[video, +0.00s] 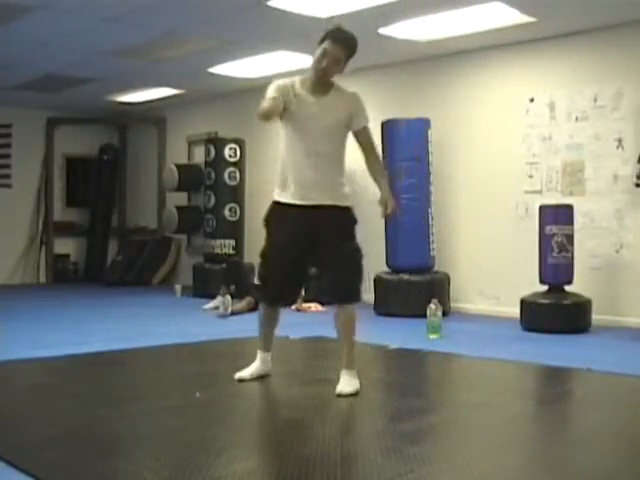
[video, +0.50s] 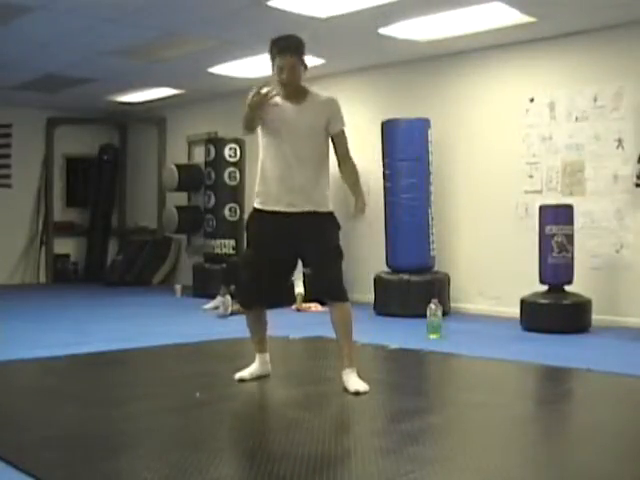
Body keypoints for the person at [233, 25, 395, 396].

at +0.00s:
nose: (329, 65)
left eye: (338, 62)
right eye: (326, 56)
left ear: (345, 66)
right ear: (315, 51)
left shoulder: (349, 101)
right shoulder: (284, 87)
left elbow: (370, 151)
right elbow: (263, 113)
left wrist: (386, 193)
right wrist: (275, 106)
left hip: (333, 209)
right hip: (288, 207)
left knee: (345, 292)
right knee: (271, 288)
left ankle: (348, 371)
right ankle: (263, 358)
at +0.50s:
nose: (285, 74)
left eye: (291, 67)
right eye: (280, 68)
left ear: (304, 66)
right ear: (272, 69)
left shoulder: (326, 105)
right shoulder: (263, 102)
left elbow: (343, 155)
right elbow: (247, 126)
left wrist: (358, 194)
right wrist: (255, 103)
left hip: (315, 213)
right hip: (268, 213)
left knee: (335, 290)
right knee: (251, 289)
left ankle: (349, 369)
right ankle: (261, 359)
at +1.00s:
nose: (259, 97)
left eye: (260, 87)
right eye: (251, 93)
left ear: (273, 78)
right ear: (247, 95)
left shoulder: (313, 106)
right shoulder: (252, 123)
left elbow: (351, 150)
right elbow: (236, 171)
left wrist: (331, 191)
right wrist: (245, 206)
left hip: (314, 219)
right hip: (268, 223)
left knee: (341, 289)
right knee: (240, 288)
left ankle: (349, 368)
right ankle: (259, 358)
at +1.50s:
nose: (245, 128)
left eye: (245, 118)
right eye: (236, 126)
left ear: (255, 109)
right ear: (233, 131)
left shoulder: (302, 141)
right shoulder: (246, 160)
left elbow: (306, 202)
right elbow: (252, 213)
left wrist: (297, 255)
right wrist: (251, 263)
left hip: (319, 228)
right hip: (278, 231)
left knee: (344, 290)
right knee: (230, 290)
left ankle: (356, 362)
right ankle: (258, 357)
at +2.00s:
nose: (247, 161)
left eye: (246, 151)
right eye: (238, 161)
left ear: (254, 138)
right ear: (234, 164)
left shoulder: (297, 163)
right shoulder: (244, 179)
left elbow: (304, 229)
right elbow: (253, 236)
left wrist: (303, 285)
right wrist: (256, 291)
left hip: (325, 233)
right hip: (283, 236)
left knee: (345, 284)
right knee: (230, 289)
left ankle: (360, 360)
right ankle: (258, 358)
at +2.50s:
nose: (249, 152)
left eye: (249, 141)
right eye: (239, 151)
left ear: (258, 130)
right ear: (236, 154)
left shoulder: (301, 159)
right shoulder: (244, 174)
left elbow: (304, 224)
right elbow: (253, 231)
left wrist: (301, 278)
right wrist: (253, 285)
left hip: (325, 234)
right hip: (283, 237)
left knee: (347, 280)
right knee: (231, 290)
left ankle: (360, 360)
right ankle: (258, 359)